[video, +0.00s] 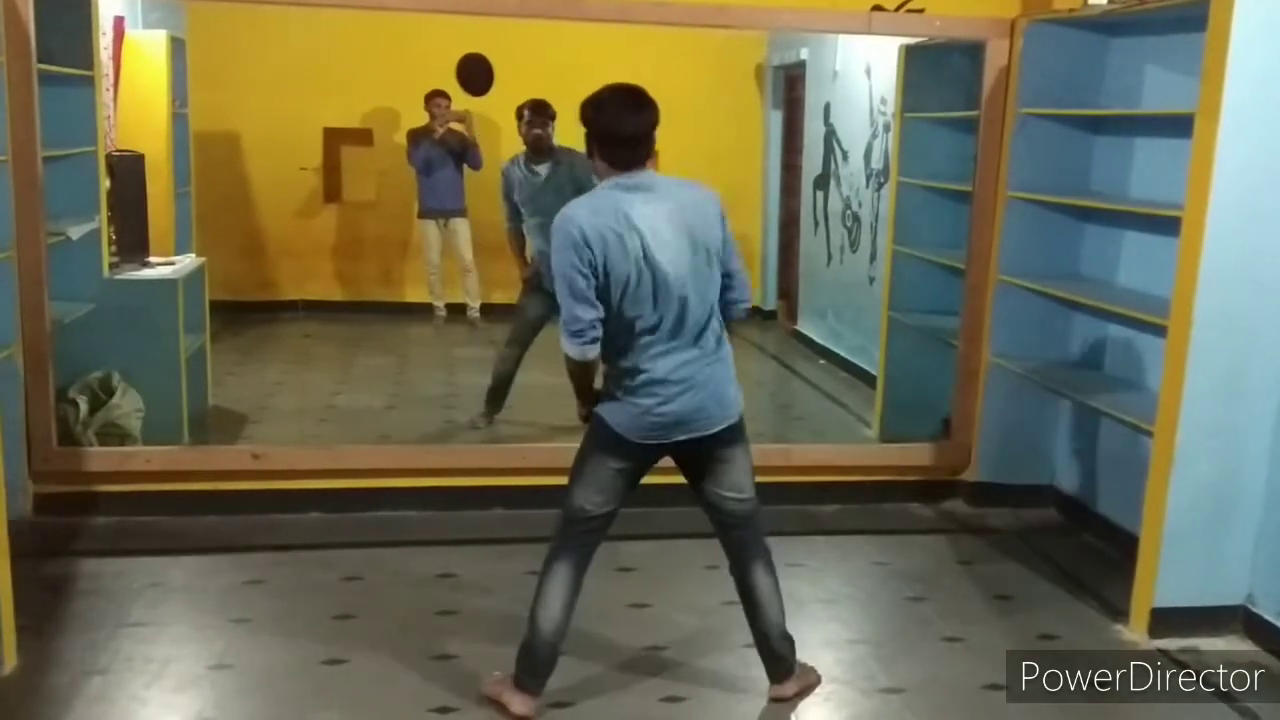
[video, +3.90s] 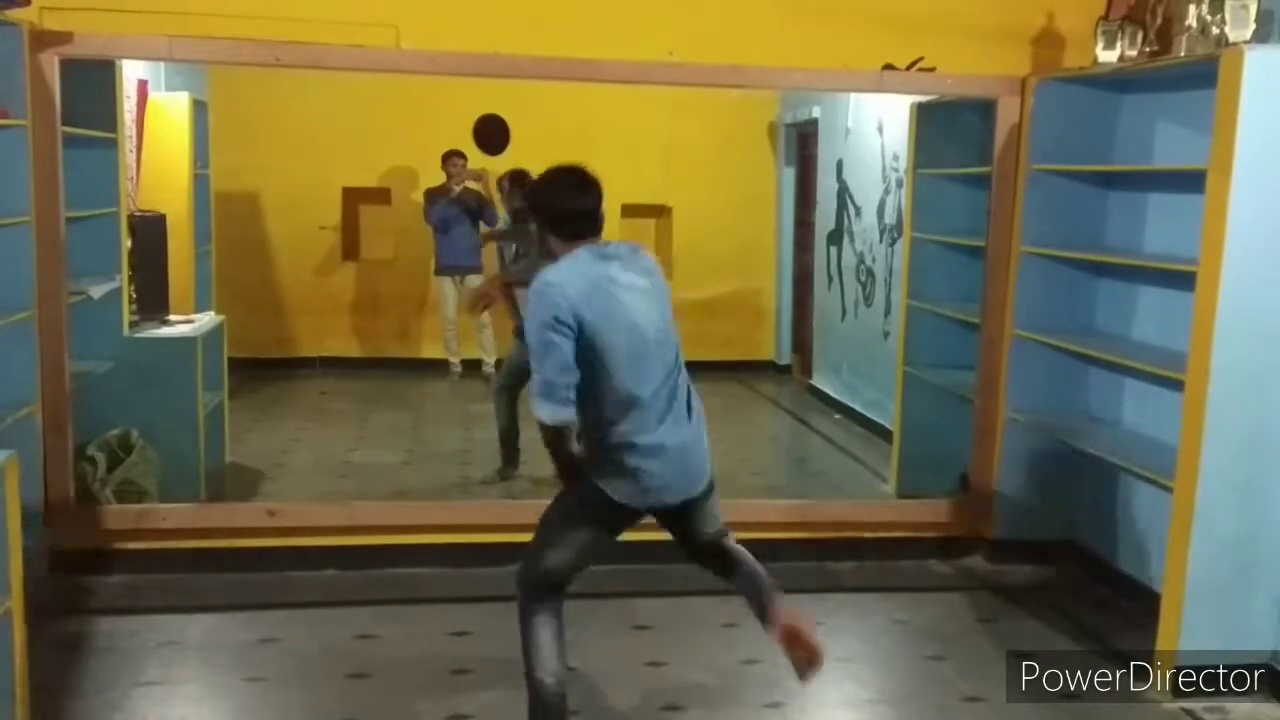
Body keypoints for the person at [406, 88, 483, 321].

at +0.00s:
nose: (440, 111)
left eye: (445, 106)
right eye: (436, 106)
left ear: (450, 110)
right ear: (427, 109)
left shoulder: (457, 136)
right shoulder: (417, 135)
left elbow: (476, 163)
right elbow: (416, 161)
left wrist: (469, 132)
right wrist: (436, 135)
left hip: (456, 209)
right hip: (429, 210)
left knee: (467, 262)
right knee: (433, 264)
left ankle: (474, 310)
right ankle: (438, 309)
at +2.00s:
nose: (437, 118)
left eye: (441, 114)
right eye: (432, 114)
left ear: (447, 117)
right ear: (424, 116)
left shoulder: (454, 143)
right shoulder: (413, 142)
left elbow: (473, 169)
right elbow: (412, 169)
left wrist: (467, 138)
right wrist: (431, 143)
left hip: (453, 216)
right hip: (425, 217)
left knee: (463, 269)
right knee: (429, 270)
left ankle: (470, 316)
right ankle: (435, 315)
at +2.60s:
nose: (448, 151)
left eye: (452, 147)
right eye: (443, 147)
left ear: (457, 150)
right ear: (435, 149)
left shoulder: (464, 176)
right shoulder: (424, 175)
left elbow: (482, 202)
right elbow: (422, 201)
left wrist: (476, 172)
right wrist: (442, 176)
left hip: (462, 248)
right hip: (435, 250)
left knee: (473, 301)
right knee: (439, 302)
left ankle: (479, 347)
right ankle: (444, 346)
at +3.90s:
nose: (457, 170)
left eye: (461, 166)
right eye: (452, 165)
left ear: (466, 168)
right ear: (444, 168)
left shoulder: (474, 195)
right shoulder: (434, 194)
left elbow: (492, 220)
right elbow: (432, 219)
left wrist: (486, 191)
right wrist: (452, 194)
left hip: (473, 266)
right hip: (445, 267)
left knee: (483, 317)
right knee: (449, 319)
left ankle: (489, 364)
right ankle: (454, 364)